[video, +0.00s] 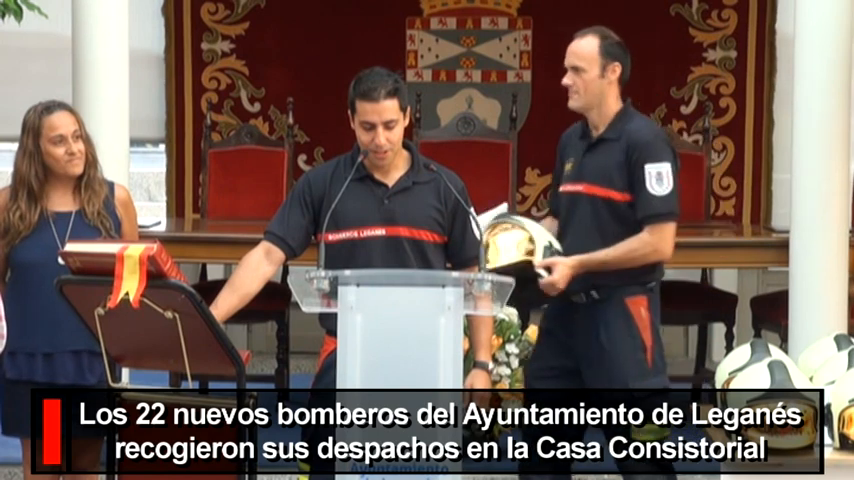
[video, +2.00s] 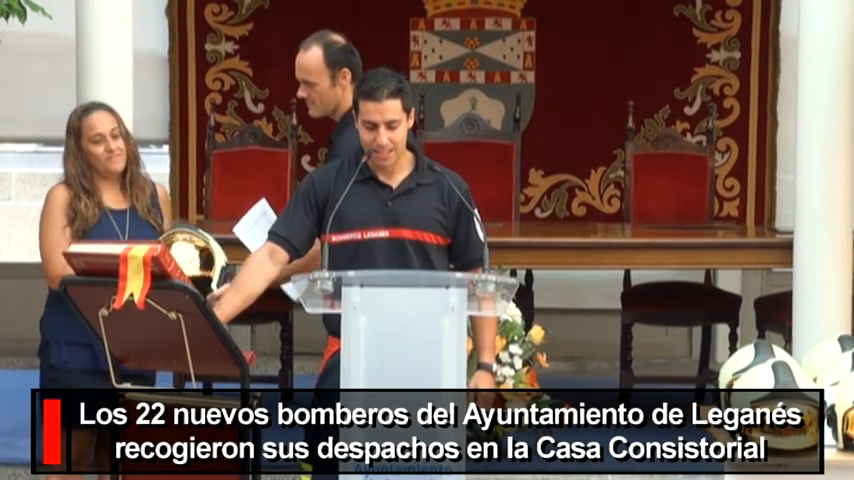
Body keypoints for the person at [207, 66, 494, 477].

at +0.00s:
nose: (379, 139)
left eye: (389, 126)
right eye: (368, 127)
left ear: (407, 118)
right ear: (352, 122)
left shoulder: (445, 188)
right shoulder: (322, 184)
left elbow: (474, 280)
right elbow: (267, 255)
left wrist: (482, 364)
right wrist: (208, 322)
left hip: (427, 350)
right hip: (348, 350)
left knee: (430, 469)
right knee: (329, 464)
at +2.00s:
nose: (381, 139)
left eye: (392, 126)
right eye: (370, 127)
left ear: (411, 120)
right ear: (355, 122)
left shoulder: (449, 190)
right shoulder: (327, 184)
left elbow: (479, 282)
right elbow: (272, 256)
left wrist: (486, 366)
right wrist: (210, 323)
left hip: (430, 356)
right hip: (351, 354)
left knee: (431, 471)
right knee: (332, 466)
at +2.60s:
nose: (384, 139)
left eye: (395, 126)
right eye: (372, 127)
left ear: (411, 119)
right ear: (357, 123)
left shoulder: (449, 190)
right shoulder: (327, 185)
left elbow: (480, 283)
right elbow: (272, 256)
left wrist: (488, 366)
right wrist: (213, 323)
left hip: (432, 351)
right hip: (353, 349)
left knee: (436, 466)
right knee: (331, 458)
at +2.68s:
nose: (384, 140)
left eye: (395, 126)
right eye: (373, 127)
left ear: (411, 120)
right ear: (357, 123)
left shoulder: (449, 190)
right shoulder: (327, 185)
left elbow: (480, 283)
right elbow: (272, 256)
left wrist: (488, 366)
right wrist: (213, 323)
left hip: (434, 352)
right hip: (354, 350)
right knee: (330, 457)